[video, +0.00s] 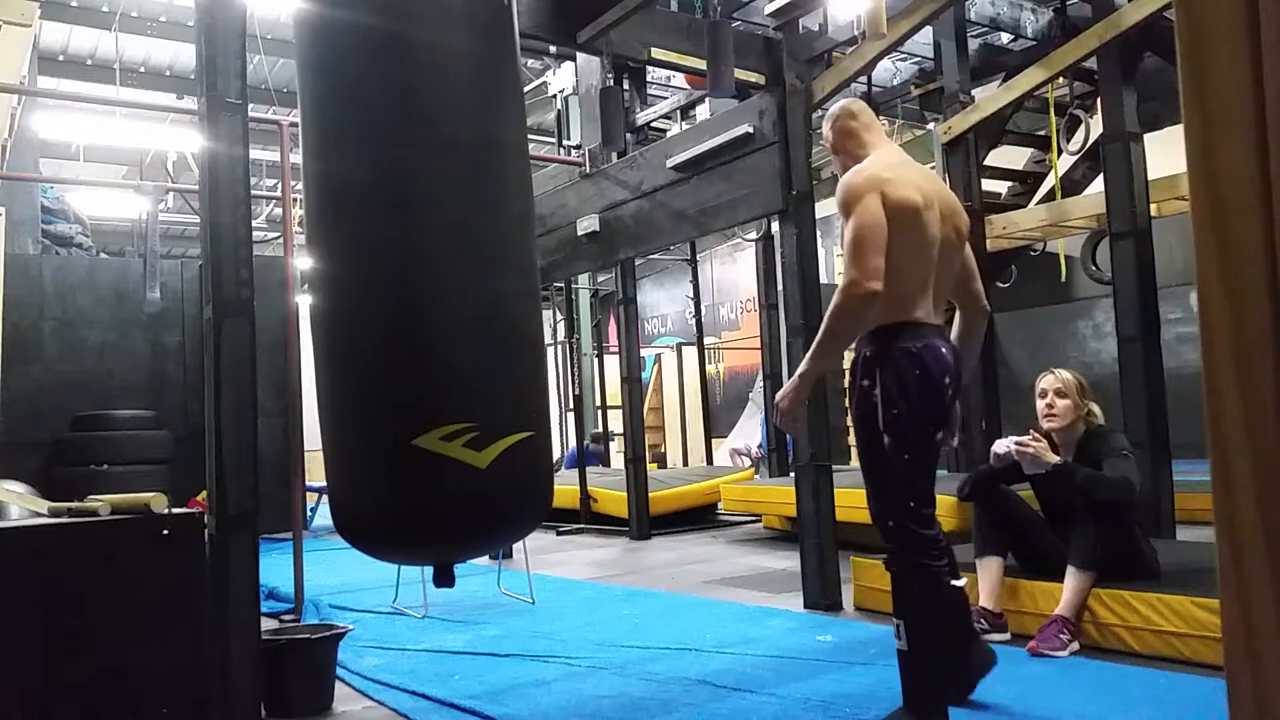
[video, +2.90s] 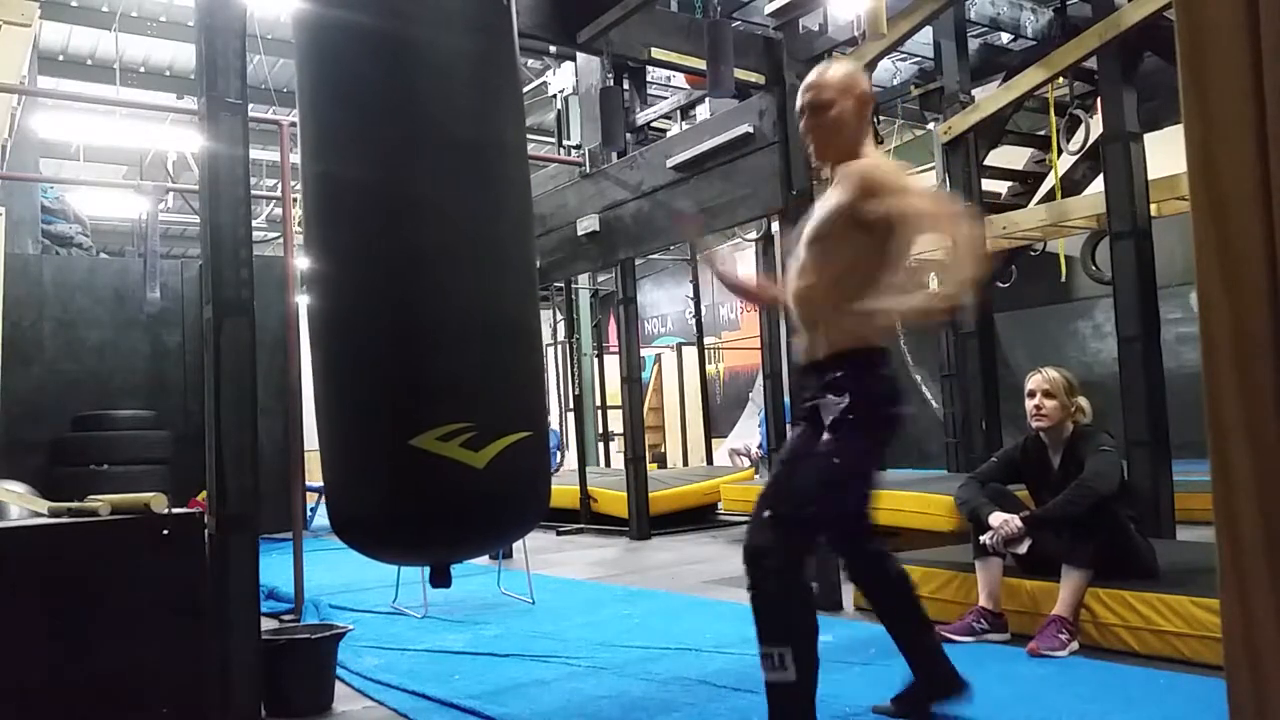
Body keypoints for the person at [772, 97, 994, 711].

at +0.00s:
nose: (831, 165)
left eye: (829, 155)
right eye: (828, 156)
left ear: (840, 141)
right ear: (881, 131)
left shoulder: (862, 179)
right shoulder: (943, 193)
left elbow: (864, 285)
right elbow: (974, 304)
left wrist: (803, 376)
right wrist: (951, 385)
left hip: (887, 361)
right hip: (934, 359)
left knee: (902, 528)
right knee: (913, 519)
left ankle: (924, 700)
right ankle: (962, 651)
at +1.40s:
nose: (820, 144)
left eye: (824, 128)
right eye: (815, 133)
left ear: (862, 115)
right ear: (870, 117)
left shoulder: (874, 176)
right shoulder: (913, 179)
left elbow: (888, 258)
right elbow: (945, 298)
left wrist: (784, 264)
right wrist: (851, 327)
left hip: (873, 361)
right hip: (912, 358)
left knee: (849, 534)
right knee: (909, 520)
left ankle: (891, 700)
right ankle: (961, 671)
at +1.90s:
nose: (834, 158)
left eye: (843, 143)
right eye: (830, 146)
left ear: (883, 134)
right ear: (883, 138)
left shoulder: (886, 196)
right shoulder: (930, 199)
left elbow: (878, 287)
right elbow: (956, 317)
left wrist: (791, 354)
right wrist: (859, 345)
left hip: (891, 380)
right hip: (929, 377)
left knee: (859, 555)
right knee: (921, 539)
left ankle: (900, 709)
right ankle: (986, 682)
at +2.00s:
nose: (840, 155)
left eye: (849, 141)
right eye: (836, 143)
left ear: (887, 133)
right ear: (892, 138)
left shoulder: (892, 196)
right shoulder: (932, 195)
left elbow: (895, 300)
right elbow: (954, 308)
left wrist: (858, 395)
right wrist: (861, 343)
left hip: (902, 373)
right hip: (938, 370)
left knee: (873, 546)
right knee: (936, 533)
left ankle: (901, 706)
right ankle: (987, 681)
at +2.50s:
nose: (836, 125)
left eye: (846, 111)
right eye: (833, 114)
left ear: (882, 107)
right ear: (887, 113)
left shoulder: (886, 163)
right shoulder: (928, 172)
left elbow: (904, 246)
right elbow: (975, 275)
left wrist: (806, 290)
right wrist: (904, 303)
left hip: (881, 341)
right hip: (925, 343)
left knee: (838, 515)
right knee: (911, 517)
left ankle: (874, 691)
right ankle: (960, 670)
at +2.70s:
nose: (817, 143)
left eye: (827, 129)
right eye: (814, 132)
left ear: (871, 125)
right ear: (872, 134)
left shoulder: (849, 182)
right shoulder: (914, 199)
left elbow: (808, 237)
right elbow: (977, 299)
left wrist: (694, 248)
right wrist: (918, 348)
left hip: (873, 378)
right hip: (914, 379)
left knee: (828, 549)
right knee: (883, 552)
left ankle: (825, 711)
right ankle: (942, 695)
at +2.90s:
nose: (808, 122)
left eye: (821, 107)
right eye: (803, 112)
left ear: (863, 106)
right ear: (803, 119)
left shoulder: (875, 175)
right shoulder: (836, 191)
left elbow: (959, 220)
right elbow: (809, 299)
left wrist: (951, 291)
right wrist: (737, 278)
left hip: (854, 389)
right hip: (828, 389)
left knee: (770, 547)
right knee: (851, 539)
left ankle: (790, 711)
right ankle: (935, 673)